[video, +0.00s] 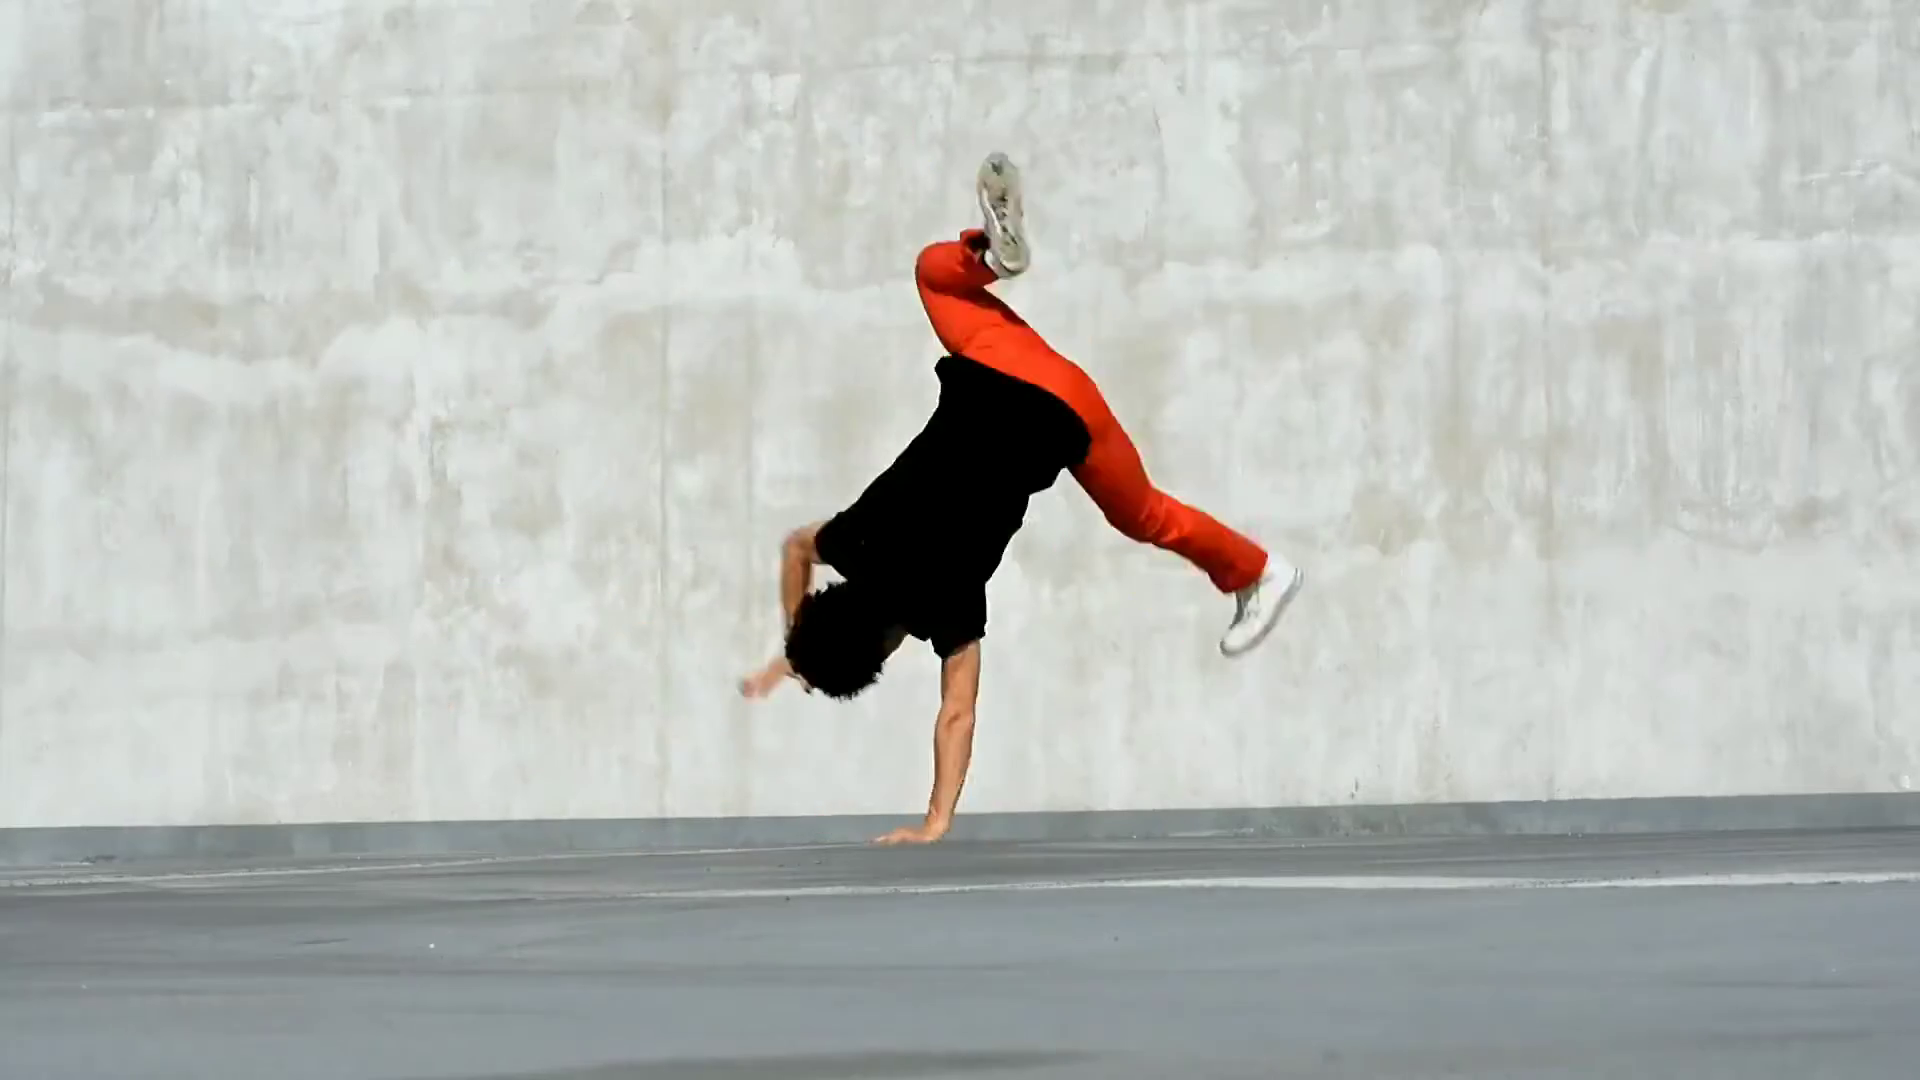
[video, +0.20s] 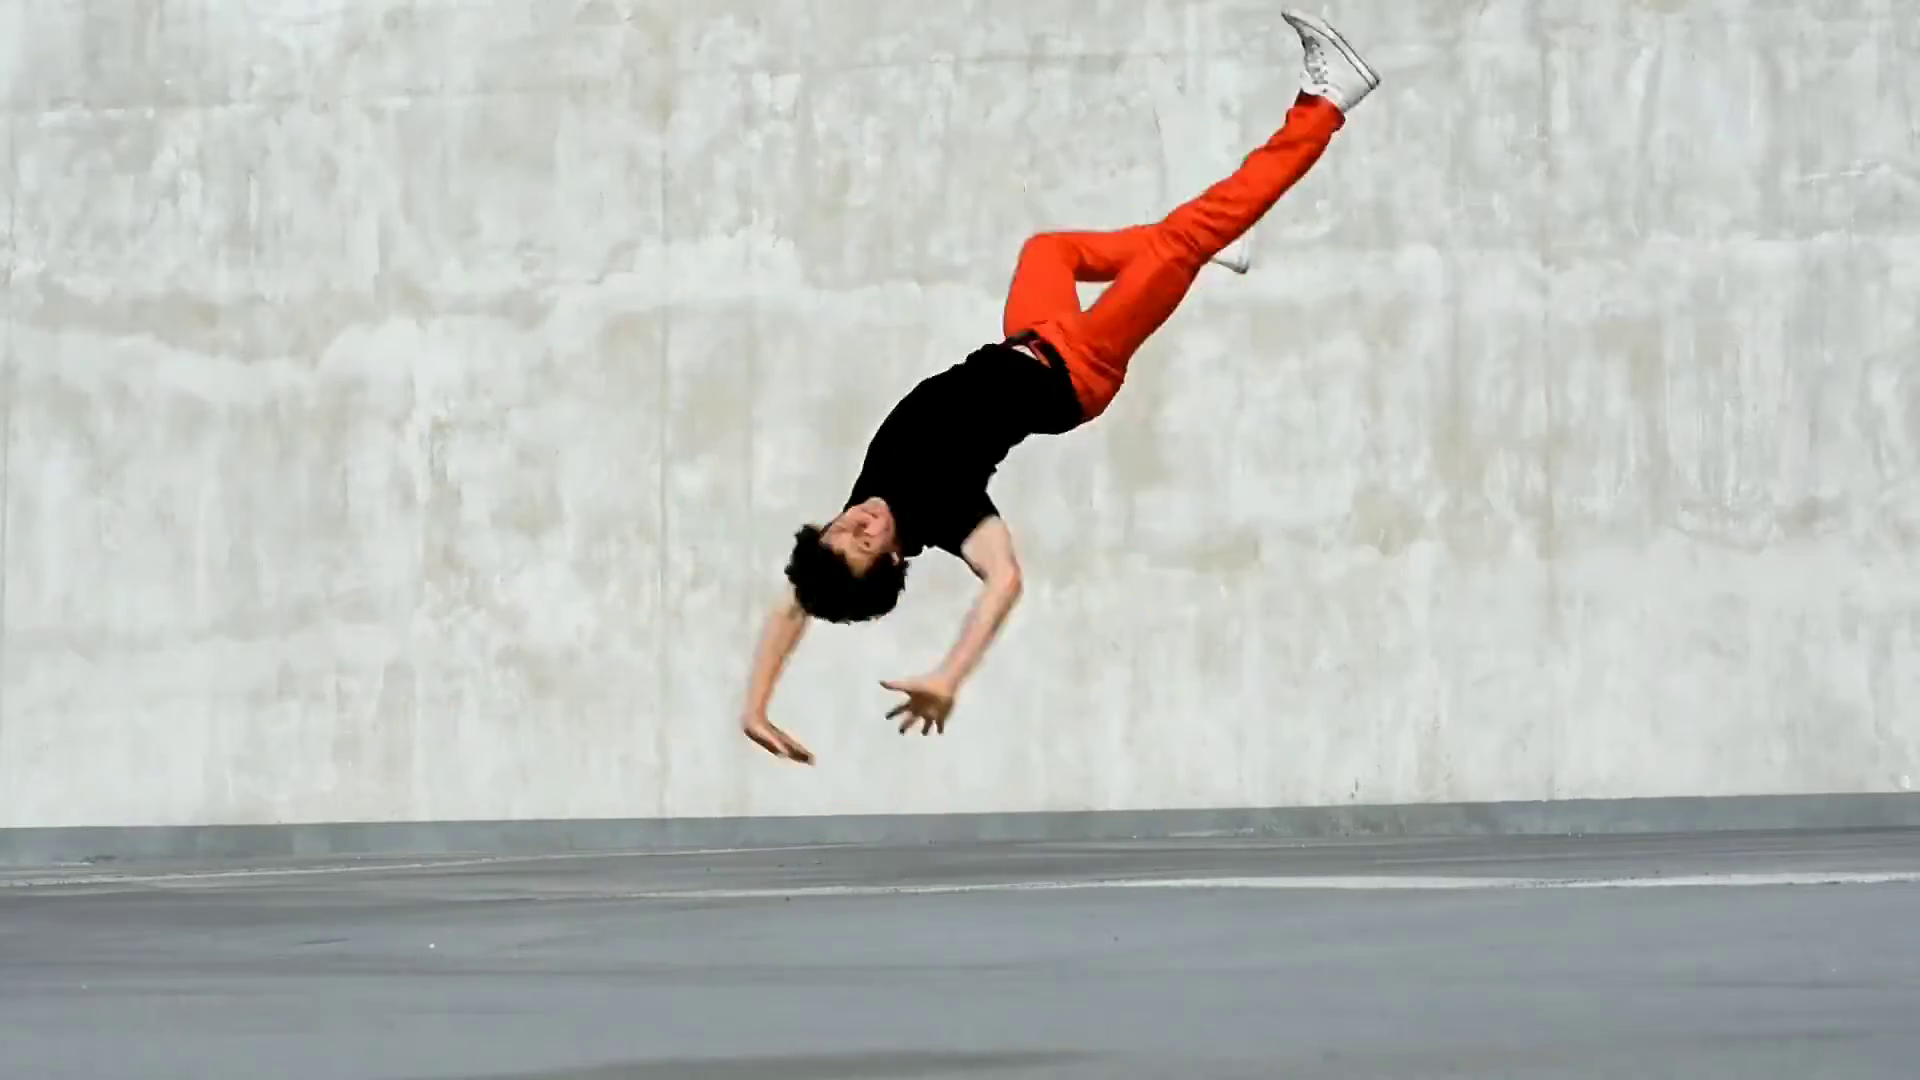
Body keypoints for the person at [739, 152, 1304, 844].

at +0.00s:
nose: (814, 686)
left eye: (827, 681)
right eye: (809, 675)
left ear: (877, 653)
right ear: (836, 614)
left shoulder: (955, 610)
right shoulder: (853, 545)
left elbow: (957, 715)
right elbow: (795, 552)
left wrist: (937, 822)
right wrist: (791, 647)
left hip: (1067, 409)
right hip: (990, 377)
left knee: (1146, 517)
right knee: (931, 277)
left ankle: (1258, 575)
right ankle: (994, 253)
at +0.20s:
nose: (857, 524)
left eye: (840, 530)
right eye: (858, 545)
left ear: (839, 520)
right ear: (880, 563)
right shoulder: (951, 514)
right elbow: (1004, 584)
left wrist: (752, 713)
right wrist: (946, 682)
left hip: (1025, 347)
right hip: (1076, 376)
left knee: (1048, 249)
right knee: (1182, 242)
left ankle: (1185, 252)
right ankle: (1325, 103)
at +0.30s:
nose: (957, 571)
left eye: (939, 567)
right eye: (947, 585)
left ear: (914, 540)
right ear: (936, 590)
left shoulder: (899, 466)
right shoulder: (1002, 586)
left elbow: (800, 439)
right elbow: (1005, 700)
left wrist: (686, 461)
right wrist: (1009, 821)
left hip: (1027, 342)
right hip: (1096, 377)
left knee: (989, 166)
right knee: (1238, 303)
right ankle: (1386, 202)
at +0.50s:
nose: (1054, 655)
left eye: (1050, 647)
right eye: (1040, 657)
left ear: (1055, 618)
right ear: (1015, 633)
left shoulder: (1115, 566)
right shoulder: (993, 608)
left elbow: (1197, 611)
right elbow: (1002, 711)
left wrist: (1275, 703)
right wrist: (1011, 820)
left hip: (1053, 351)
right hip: (1041, 404)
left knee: (1129, 173)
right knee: (1163, 524)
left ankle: (976, 156)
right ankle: (1254, 620)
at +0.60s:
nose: (1056, 671)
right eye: (1053, 662)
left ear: (1089, 643)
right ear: (1056, 633)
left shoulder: (1154, 585)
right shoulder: (1018, 599)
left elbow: (1224, 673)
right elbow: (1011, 709)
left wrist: (1270, 793)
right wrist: (1012, 821)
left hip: (1118, 356)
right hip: (1035, 384)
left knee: (1245, 237)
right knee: (987, 499)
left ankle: (1182, 70)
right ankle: (921, 597)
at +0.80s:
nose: (1174, 656)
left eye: (1188, 654)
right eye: (1159, 652)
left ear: (1200, 639)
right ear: (1140, 637)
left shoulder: (1229, 599)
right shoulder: (1094, 589)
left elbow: (1231, 697)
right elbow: (1023, 666)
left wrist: (1240, 814)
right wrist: (1012, 786)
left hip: (1217, 377)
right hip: (1134, 348)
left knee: (1212, 508)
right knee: (945, 327)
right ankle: (958, 156)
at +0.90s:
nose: (1169, 641)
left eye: (1183, 646)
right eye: (1176, 636)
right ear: (1177, 606)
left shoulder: (1229, 593)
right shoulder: (1144, 537)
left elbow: (1229, 696)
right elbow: (1053, 518)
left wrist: (1238, 813)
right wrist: (1049, 639)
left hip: (1197, 412)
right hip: (1195, 361)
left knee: (1051, 550)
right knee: (1067, 249)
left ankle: (923, 647)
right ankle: (1214, 227)